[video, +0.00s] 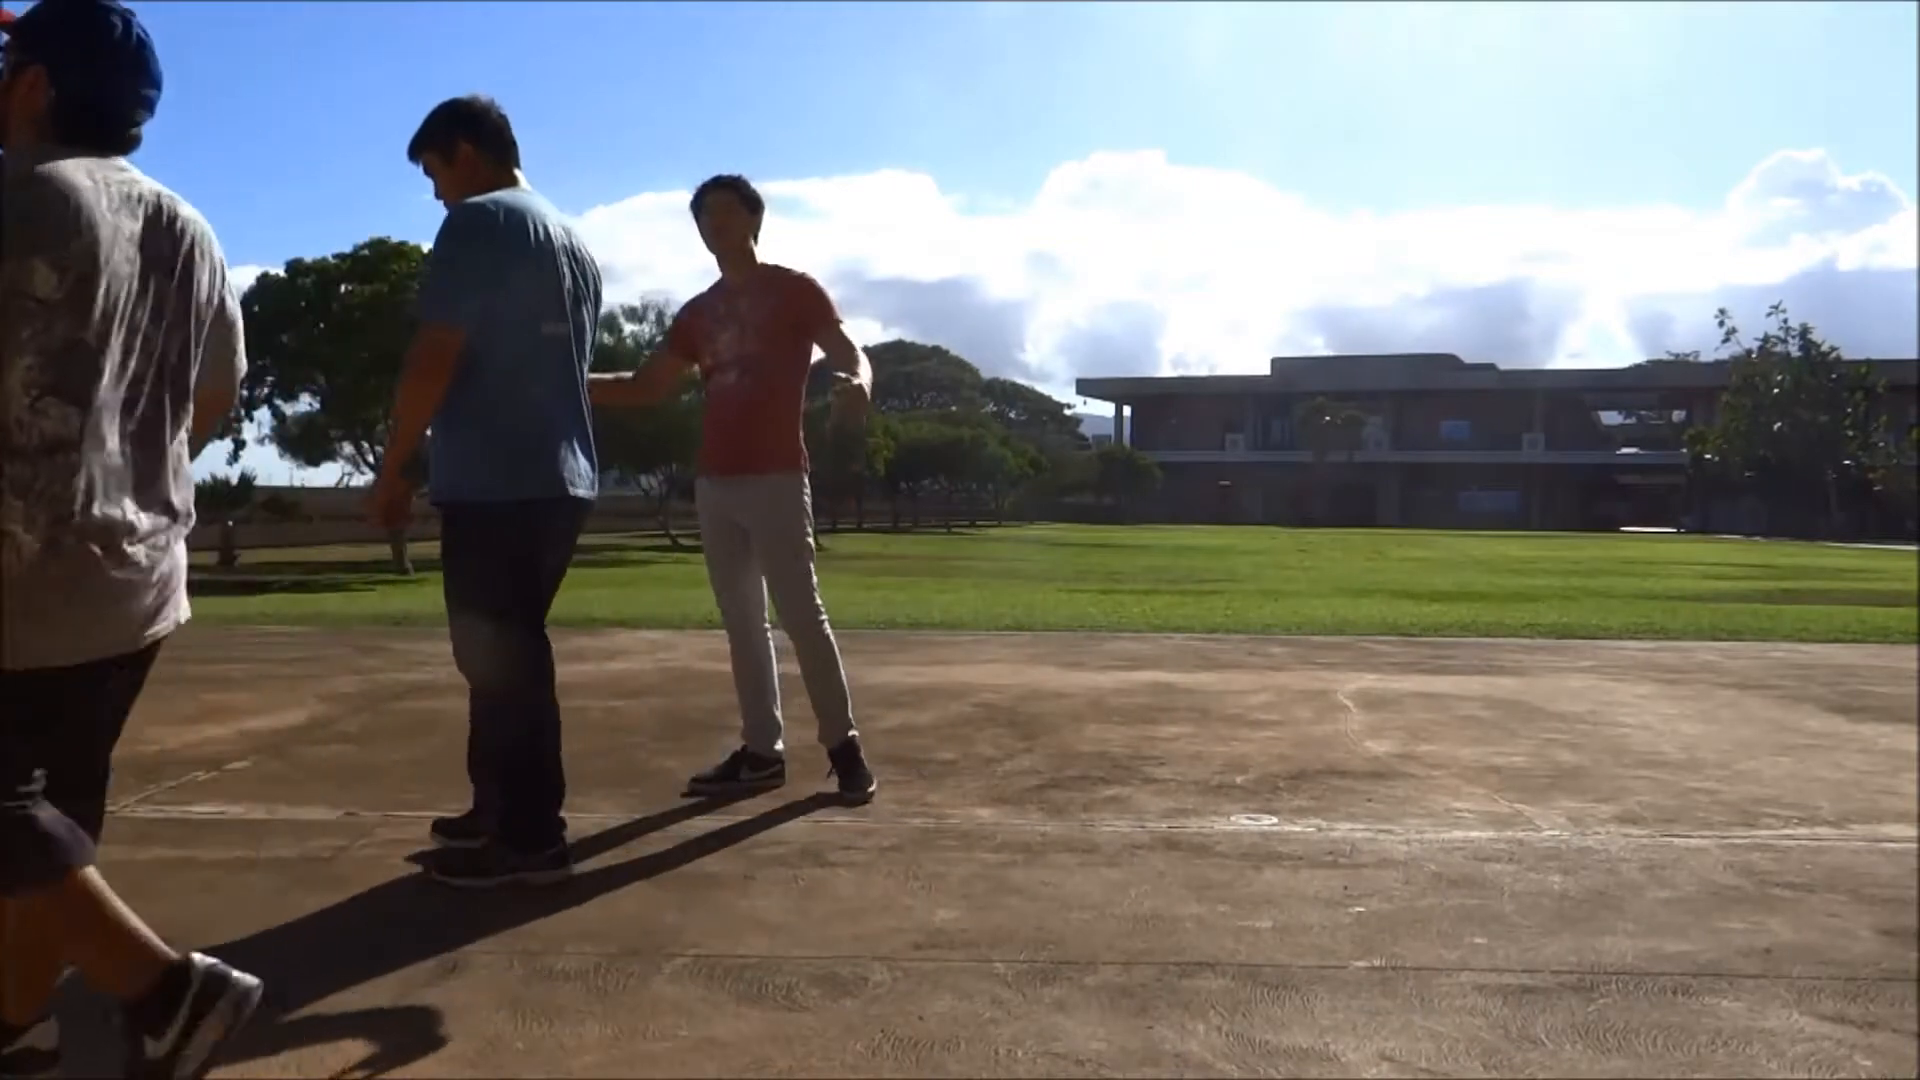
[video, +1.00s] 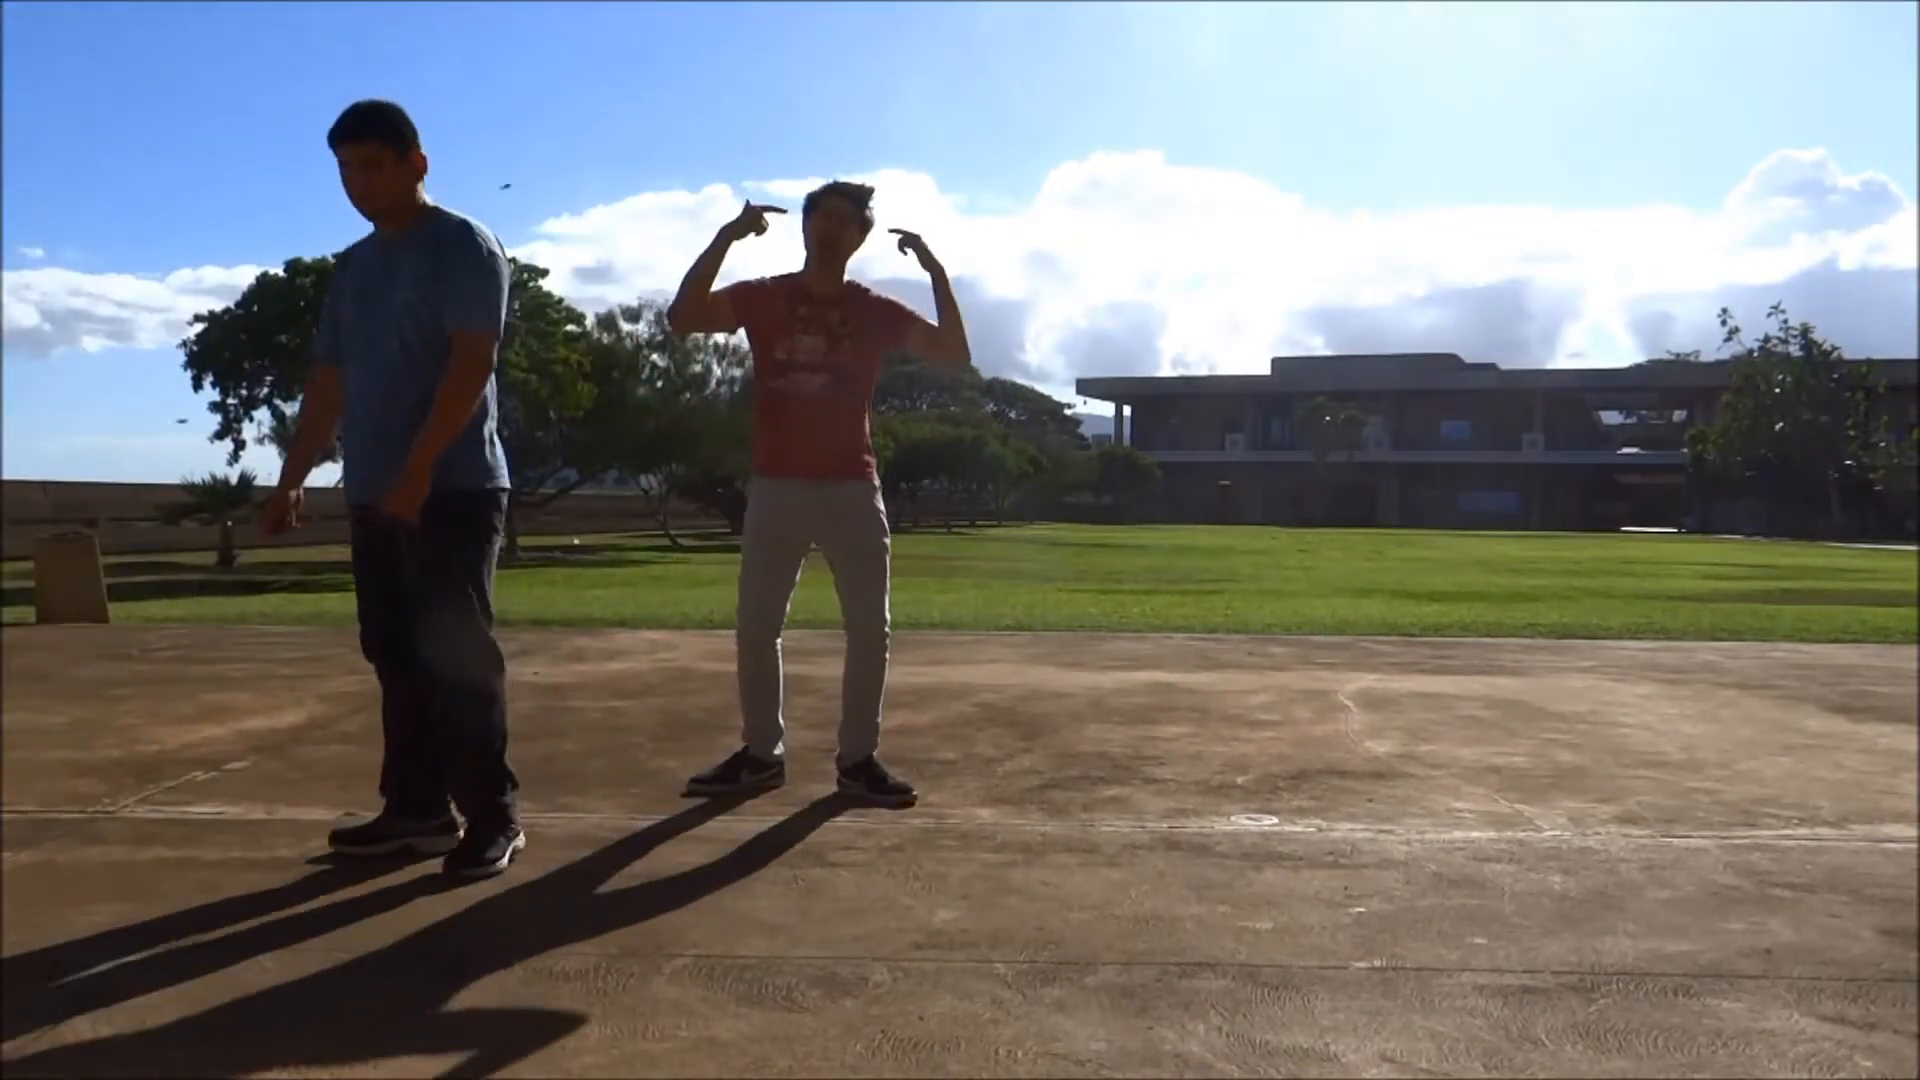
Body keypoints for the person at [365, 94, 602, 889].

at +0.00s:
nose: (434, 189)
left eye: (435, 171)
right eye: (429, 174)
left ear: (467, 154)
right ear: (503, 153)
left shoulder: (473, 226)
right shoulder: (570, 240)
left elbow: (436, 355)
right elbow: (567, 371)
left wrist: (392, 465)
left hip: (492, 487)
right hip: (557, 483)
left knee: (499, 655)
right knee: (506, 647)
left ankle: (529, 836)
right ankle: (501, 808)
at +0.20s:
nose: (409, 193)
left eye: (409, 174)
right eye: (403, 178)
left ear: (445, 157)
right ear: (474, 157)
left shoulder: (463, 227)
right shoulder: (531, 240)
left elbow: (437, 354)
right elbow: (538, 370)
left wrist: (388, 471)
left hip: (477, 488)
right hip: (520, 485)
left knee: (498, 656)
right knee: (458, 648)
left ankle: (530, 836)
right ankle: (428, 803)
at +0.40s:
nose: (380, 199)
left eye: (381, 181)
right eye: (375, 185)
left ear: (422, 162)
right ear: (431, 163)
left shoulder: (459, 233)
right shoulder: (483, 234)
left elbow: (438, 360)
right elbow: (486, 369)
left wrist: (387, 470)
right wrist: (413, 475)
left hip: (465, 486)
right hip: (461, 485)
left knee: (481, 655)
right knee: (427, 649)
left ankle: (528, 832)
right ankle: (419, 809)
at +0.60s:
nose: (359, 198)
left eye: (362, 179)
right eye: (352, 183)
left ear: (410, 161)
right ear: (410, 167)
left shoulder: (455, 237)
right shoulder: (439, 243)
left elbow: (445, 364)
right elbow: (443, 368)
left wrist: (393, 473)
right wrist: (395, 472)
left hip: (456, 490)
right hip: (431, 490)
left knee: (460, 650)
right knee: (417, 647)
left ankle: (521, 822)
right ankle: (419, 808)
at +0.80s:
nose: (350, 192)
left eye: (358, 174)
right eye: (342, 177)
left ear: (408, 163)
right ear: (357, 178)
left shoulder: (461, 247)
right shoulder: (380, 264)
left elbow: (458, 366)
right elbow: (354, 381)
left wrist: (401, 468)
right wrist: (317, 477)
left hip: (453, 484)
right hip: (393, 487)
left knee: (453, 642)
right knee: (401, 646)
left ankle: (516, 815)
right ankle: (418, 809)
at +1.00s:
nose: (354, 183)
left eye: (368, 166)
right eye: (346, 170)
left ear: (414, 162)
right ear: (340, 177)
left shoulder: (466, 249)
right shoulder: (351, 271)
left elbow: (472, 368)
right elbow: (328, 384)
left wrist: (418, 466)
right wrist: (292, 477)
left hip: (457, 483)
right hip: (376, 489)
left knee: (457, 647)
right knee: (393, 649)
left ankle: (492, 819)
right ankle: (416, 809)